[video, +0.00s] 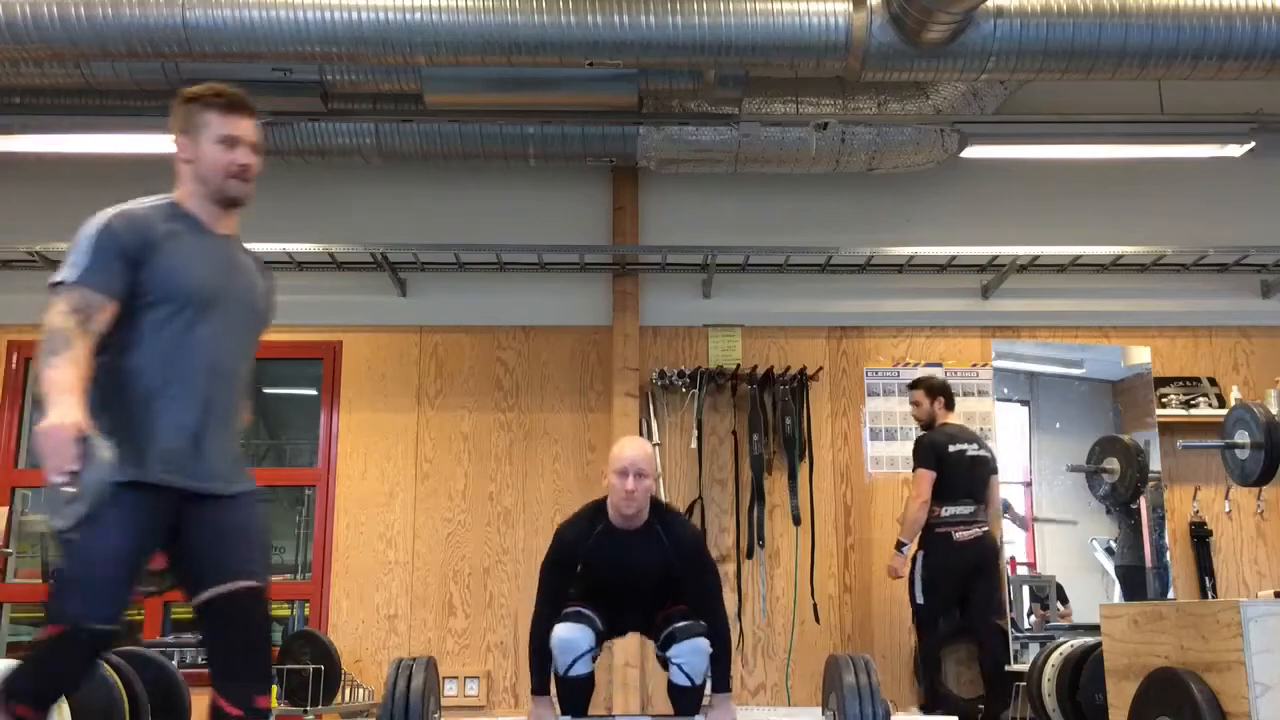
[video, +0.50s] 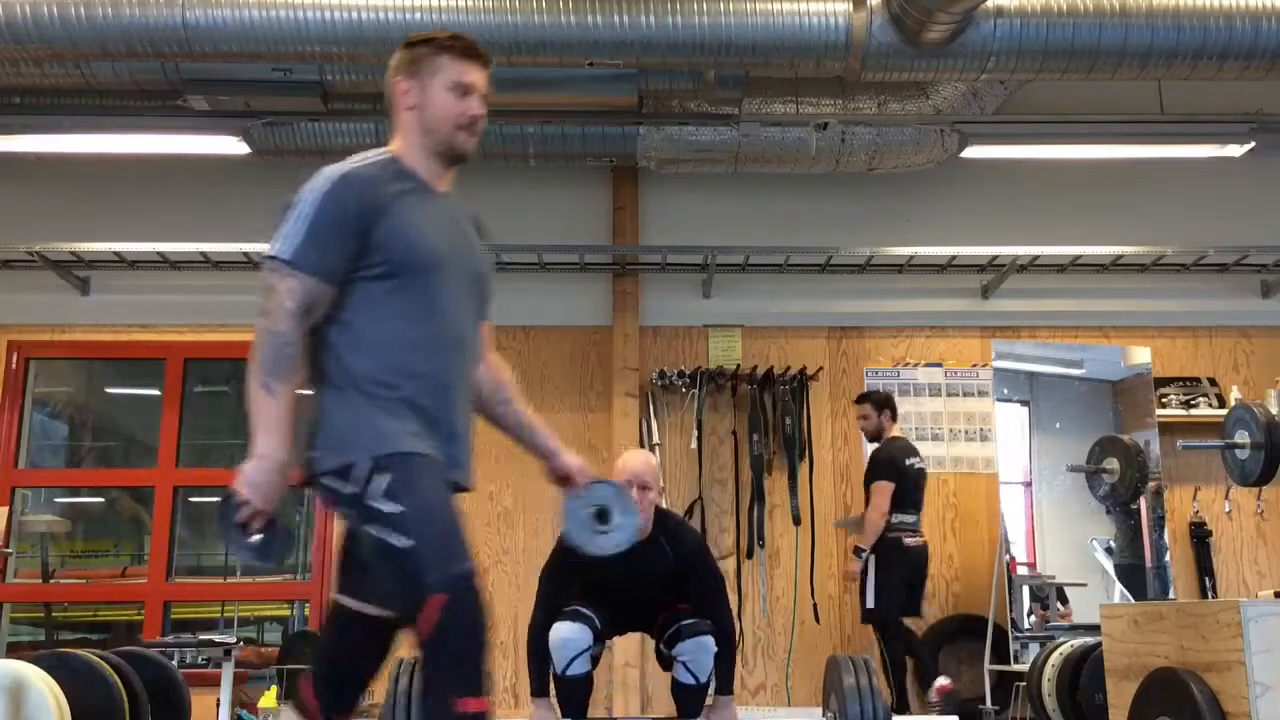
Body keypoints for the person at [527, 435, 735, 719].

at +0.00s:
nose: (630, 485)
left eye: (640, 476)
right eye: (622, 474)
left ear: (654, 484)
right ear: (606, 478)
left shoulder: (682, 536)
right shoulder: (575, 534)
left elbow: (715, 618)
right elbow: (545, 615)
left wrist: (722, 698)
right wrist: (539, 698)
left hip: (662, 612)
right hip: (597, 611)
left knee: (691, 648)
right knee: (569, 639)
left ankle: (687, 716)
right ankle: (574, 716)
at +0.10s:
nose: (629, 483)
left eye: (640, 474)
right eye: (620, 473)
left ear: (654, 481)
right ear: (606, 476)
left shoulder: (682, 532)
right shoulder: (574, 531)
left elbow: (715, 614)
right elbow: (545, 615)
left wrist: (723, 695)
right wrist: (539, 697)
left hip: (664, 603)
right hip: (599, 603)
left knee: (691, 641)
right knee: (570, 634)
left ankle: (687, 717)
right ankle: (574, 716)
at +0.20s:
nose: (629, 484)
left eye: (640, 475)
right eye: (621, 473)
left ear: (654, 481)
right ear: (606, 477)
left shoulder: (682, 531)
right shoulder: (575, 530)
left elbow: (714, 613)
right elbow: (546, 614)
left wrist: (723, 694)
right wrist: (540, 696)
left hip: (664, 601)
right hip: (600, 601)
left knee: (690, 642)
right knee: (572, 634)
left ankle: (687, 717)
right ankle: (574, 716)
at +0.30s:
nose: (629, 488)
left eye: (640, 478)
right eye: (620, 477)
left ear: (654, 485)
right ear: (605, 481)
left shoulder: (682, 533)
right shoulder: (574, 533)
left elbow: (714, 615)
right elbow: (546, 617)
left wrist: (723, 696)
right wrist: (541, 699)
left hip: (664, 602)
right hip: (600, 602)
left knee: (690, 642)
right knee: (572, 635)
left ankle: (687, 716)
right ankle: (575, 716)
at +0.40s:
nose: (631, 494)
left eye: (642, 484)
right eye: (622, 483)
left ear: (657, 490)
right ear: (607, 486)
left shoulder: (682, 537)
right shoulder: (581, 533)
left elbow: (717, 616)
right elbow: (546, 615)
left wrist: (723, 698)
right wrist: (540, 699)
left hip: (664, 608)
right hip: (602, 607)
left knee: (692, 643)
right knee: (571, 637)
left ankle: (688, 716)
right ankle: (575, 716)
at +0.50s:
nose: (634, 497)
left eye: (644, 489)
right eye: (626, 487)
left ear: (658, 495)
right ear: (611, 491)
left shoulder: (683, 540)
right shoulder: (581, 538)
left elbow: (722, 620)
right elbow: (541, 619)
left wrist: (724, 699)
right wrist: (540, 701)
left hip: (665, 610)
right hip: (602, 609)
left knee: (697, 643)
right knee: (567, 638)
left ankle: (690, 715)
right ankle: (574, 715)